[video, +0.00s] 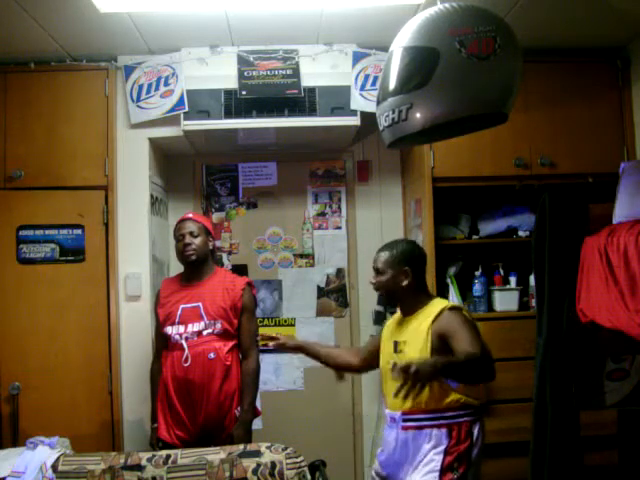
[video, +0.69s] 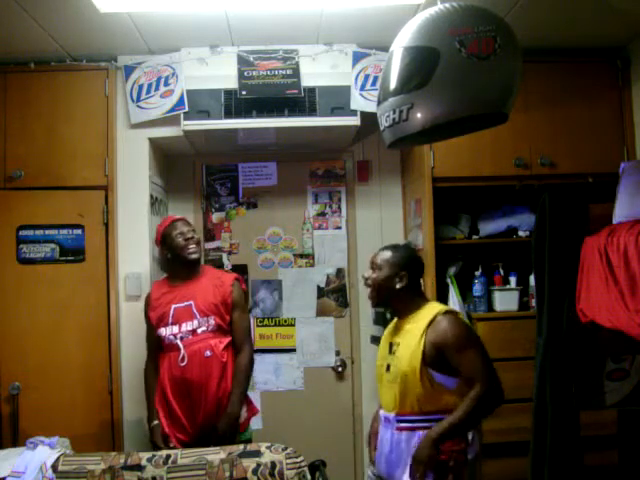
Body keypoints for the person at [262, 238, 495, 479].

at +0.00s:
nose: (372, 281)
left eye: (379, 273)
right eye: (373, 273)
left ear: (405, 276)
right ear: (403, 276)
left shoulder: (447, 317)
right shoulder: (394, 324)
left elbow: (482, 367)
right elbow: (358, 360)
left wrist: (433, 366)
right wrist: (300, 346)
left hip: (442, 439)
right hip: (398, 437)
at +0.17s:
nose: (374, 277)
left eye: (384, 269)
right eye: (373, 269)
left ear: (411, 275)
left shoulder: (446, 318)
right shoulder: (392, 323)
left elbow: (482, 374)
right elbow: (384, 377)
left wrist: (439, 398)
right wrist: (325, 366)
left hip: (437, 439)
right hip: (393, 437)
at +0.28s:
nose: (372, 284)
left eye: (382, 277)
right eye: (372, 276)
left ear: (410, 285)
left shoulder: (444, 332)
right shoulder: (393, 331)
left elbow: (487, 390)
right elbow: (392, 392)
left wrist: (442, 424)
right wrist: (339, 391)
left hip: (435, 455)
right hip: (393, 450)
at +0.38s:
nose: (371, 293)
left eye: (381, 286)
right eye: (372, 285)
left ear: (408, 295)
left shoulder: (446, 345)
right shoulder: (395, 341)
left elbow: (491, 405)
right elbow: (405, 406)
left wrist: (438, 446)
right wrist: (357, 416)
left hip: (431, 464)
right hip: (392, 459)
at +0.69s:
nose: (367, 277)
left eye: (375, 269)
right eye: (370, 269)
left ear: (401, 279)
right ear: (399, 280)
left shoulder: (444, 327)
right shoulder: (395, 326)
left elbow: (489, 389)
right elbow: (400, 388)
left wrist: (433, 437)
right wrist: (378, 420)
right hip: (391, 443)